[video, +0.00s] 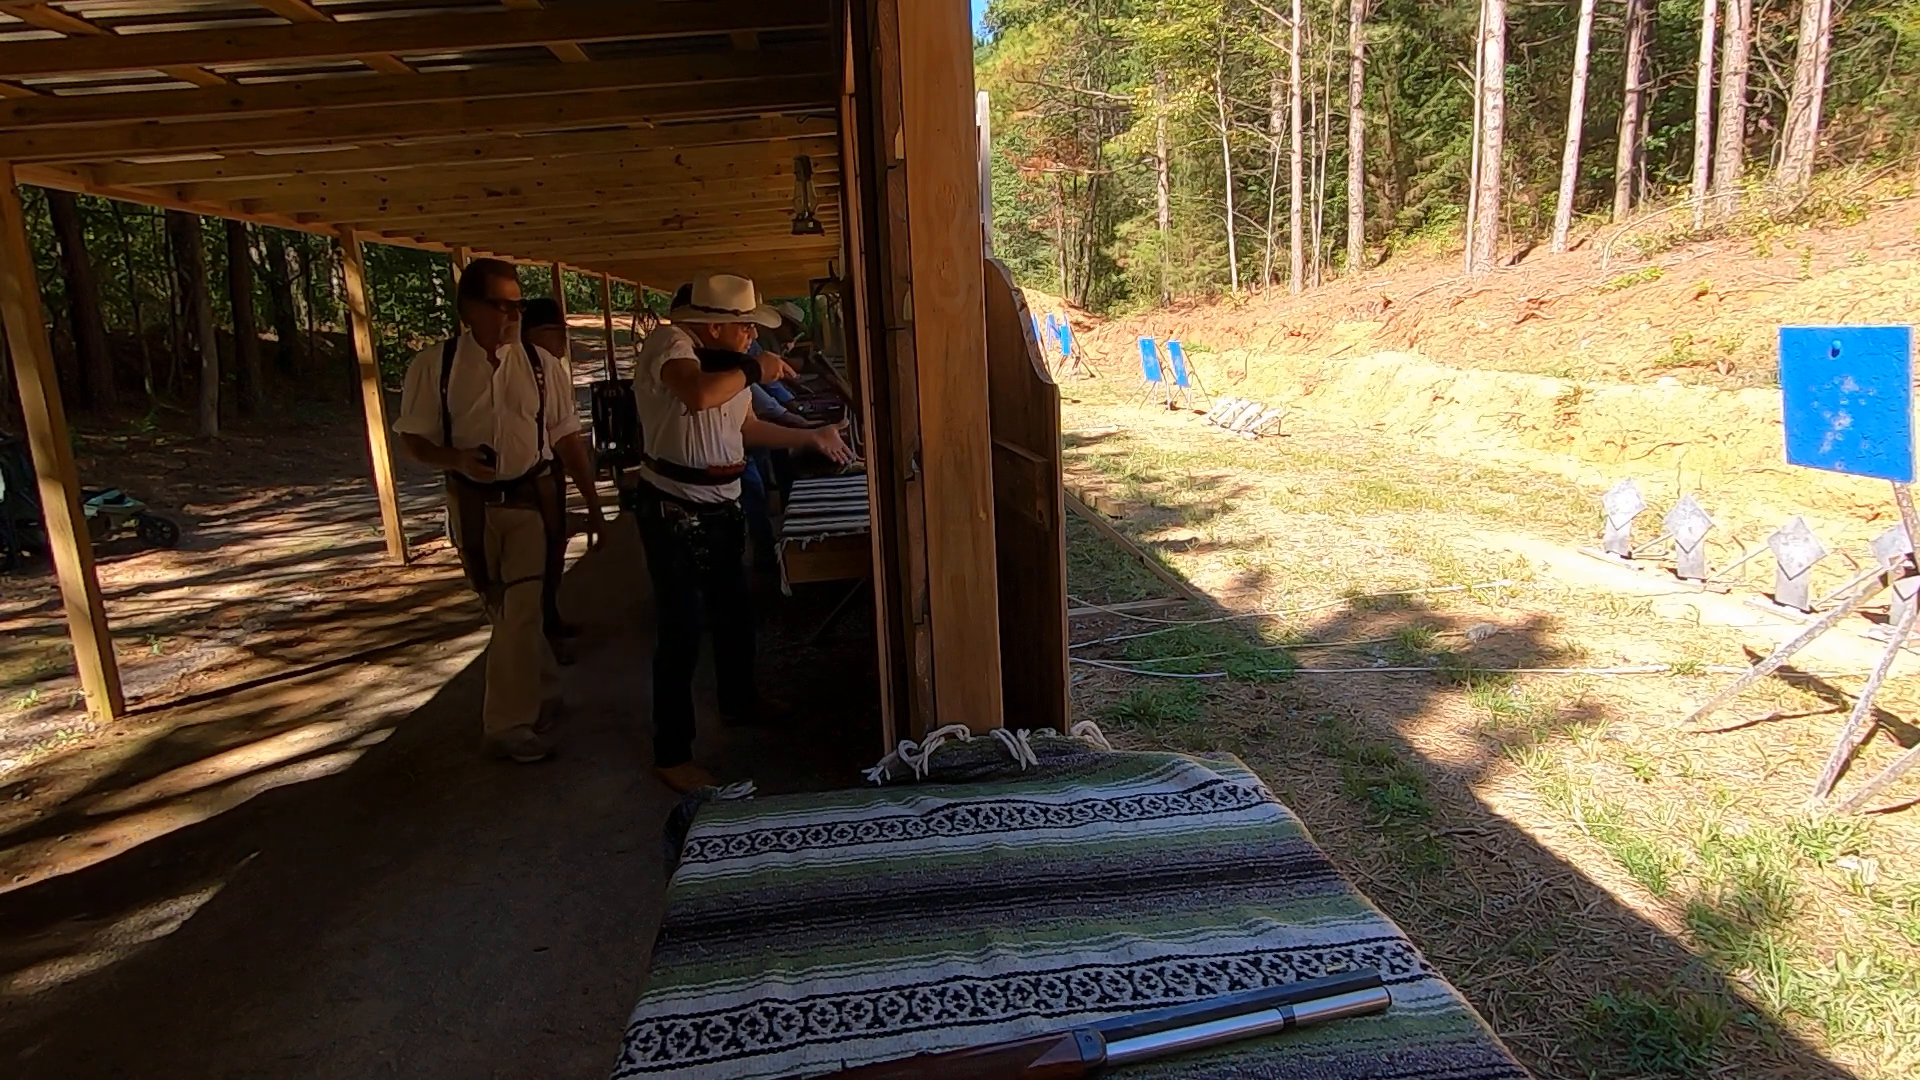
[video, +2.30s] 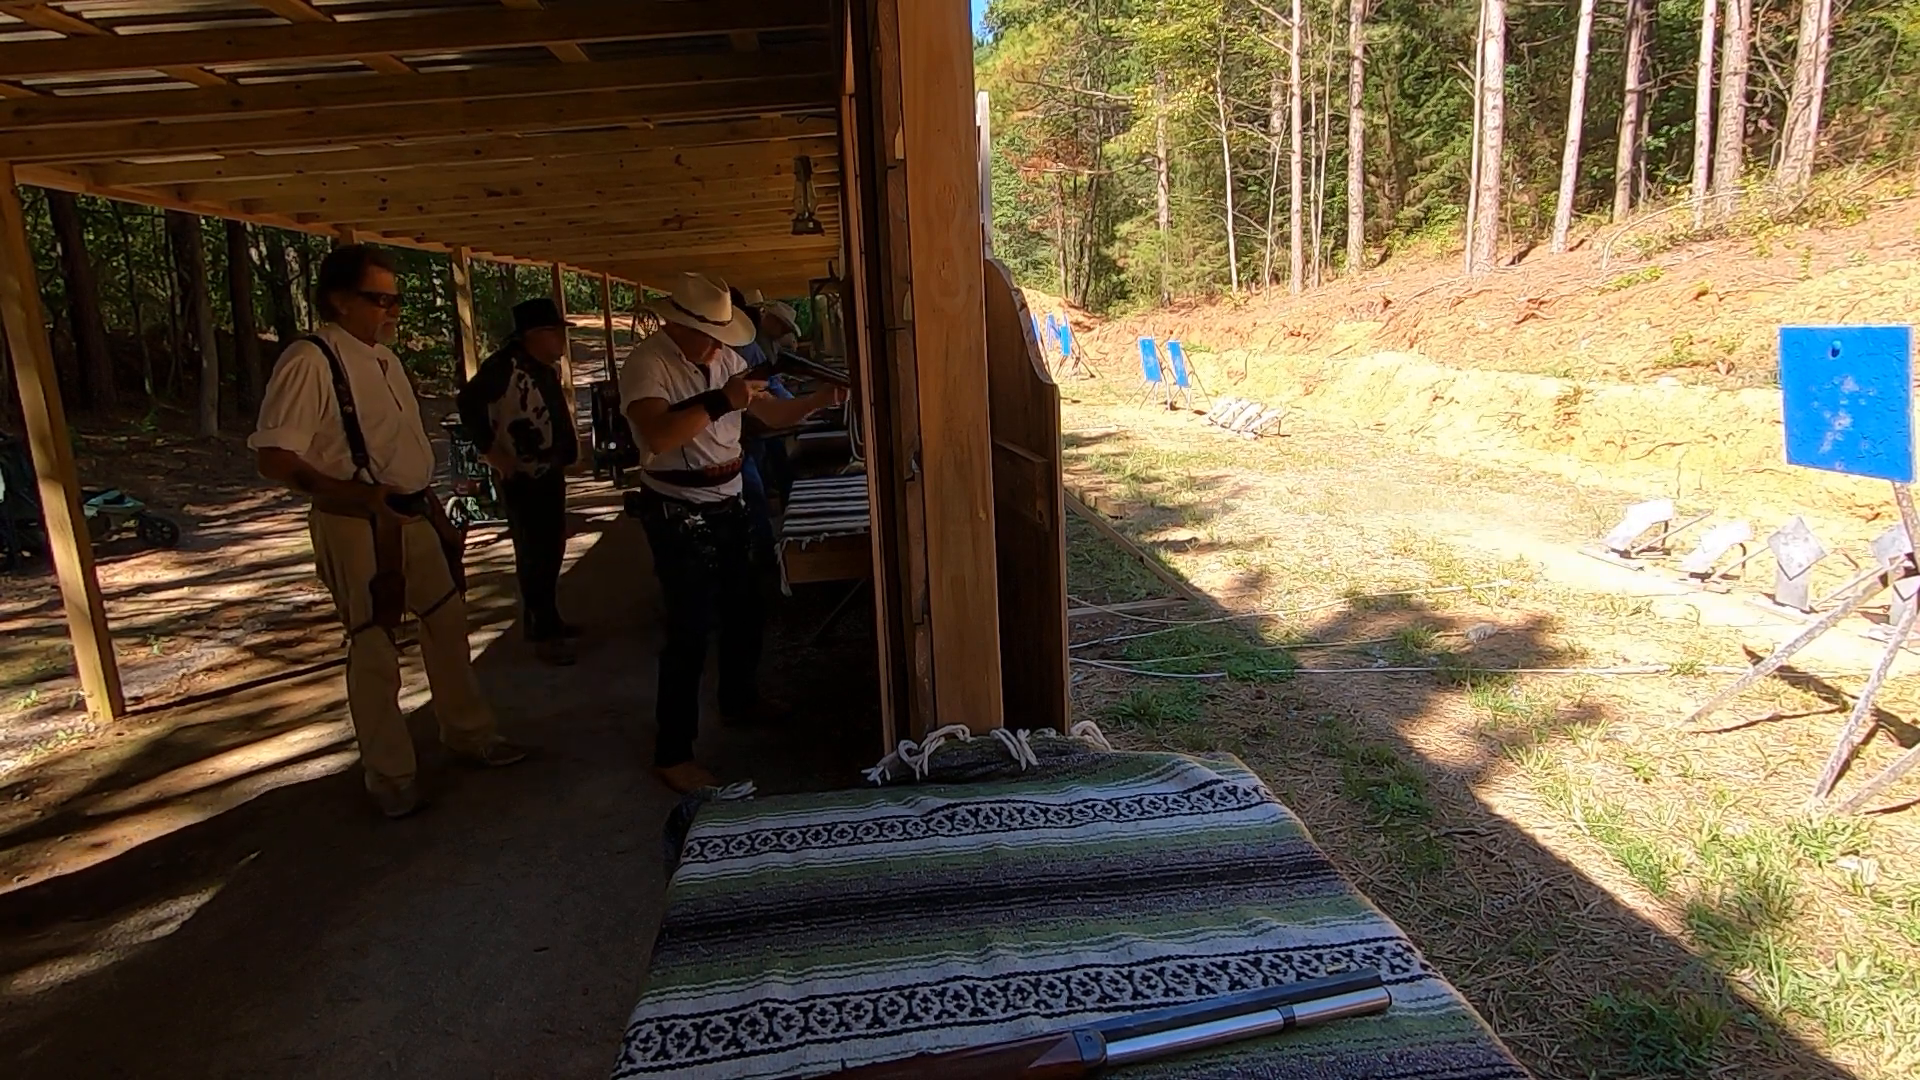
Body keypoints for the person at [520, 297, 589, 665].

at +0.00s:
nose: (565, 337)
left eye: (563, 330)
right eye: (557, 331)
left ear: (549, 334)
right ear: (534, 335)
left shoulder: (554, 370)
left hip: (550, 471)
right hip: (531, 474)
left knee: (553, 549)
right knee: (544, 551)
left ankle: (552, 622)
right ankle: (546, 627)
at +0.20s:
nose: (565, 341)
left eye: (564, 334)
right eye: (558, 334)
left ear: (543, 336)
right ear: (538, 336)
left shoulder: (547, 373)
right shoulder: (528, 375)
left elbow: (558, 435)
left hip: (549, 477)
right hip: (533, 479)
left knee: (551, 555)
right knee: (544, 558)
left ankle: (552, 623)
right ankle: (543, 635)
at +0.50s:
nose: (565, 340)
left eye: (564, 333)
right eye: (558, 333)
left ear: (544, 336)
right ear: (537, 335)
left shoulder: (546, 372)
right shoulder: (520, 374)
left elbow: (556, 423)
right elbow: (524, 436)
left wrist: (567, 455)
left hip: (549, 474)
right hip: (527, 477)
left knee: (550, 551)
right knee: (537, 554)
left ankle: (552, 624)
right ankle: (542, 636)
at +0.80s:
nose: (565, 343)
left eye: (564, 335)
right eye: (560, 336)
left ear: (544, 334)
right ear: (539, 335)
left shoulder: (545, 369)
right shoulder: (504, 367)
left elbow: (554, 418)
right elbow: (492, 426)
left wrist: (566, 457)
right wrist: (509, 467)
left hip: (550, 473)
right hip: (524, 477)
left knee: (552, 549)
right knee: (535, 552)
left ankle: (550, 619)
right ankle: (540, 631)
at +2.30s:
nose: (563, 340)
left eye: (563, 332)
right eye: (557, 332)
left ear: (546, 335)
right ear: (534, 334)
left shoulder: (546, 369)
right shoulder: (504, 365)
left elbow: (554, 413)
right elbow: (469, 401)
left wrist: (566, 449)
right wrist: (489, 449)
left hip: (550, 473)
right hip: (521, 477)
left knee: (552, 550)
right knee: (534, 553)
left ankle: (550, 620)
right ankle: (540, 630)